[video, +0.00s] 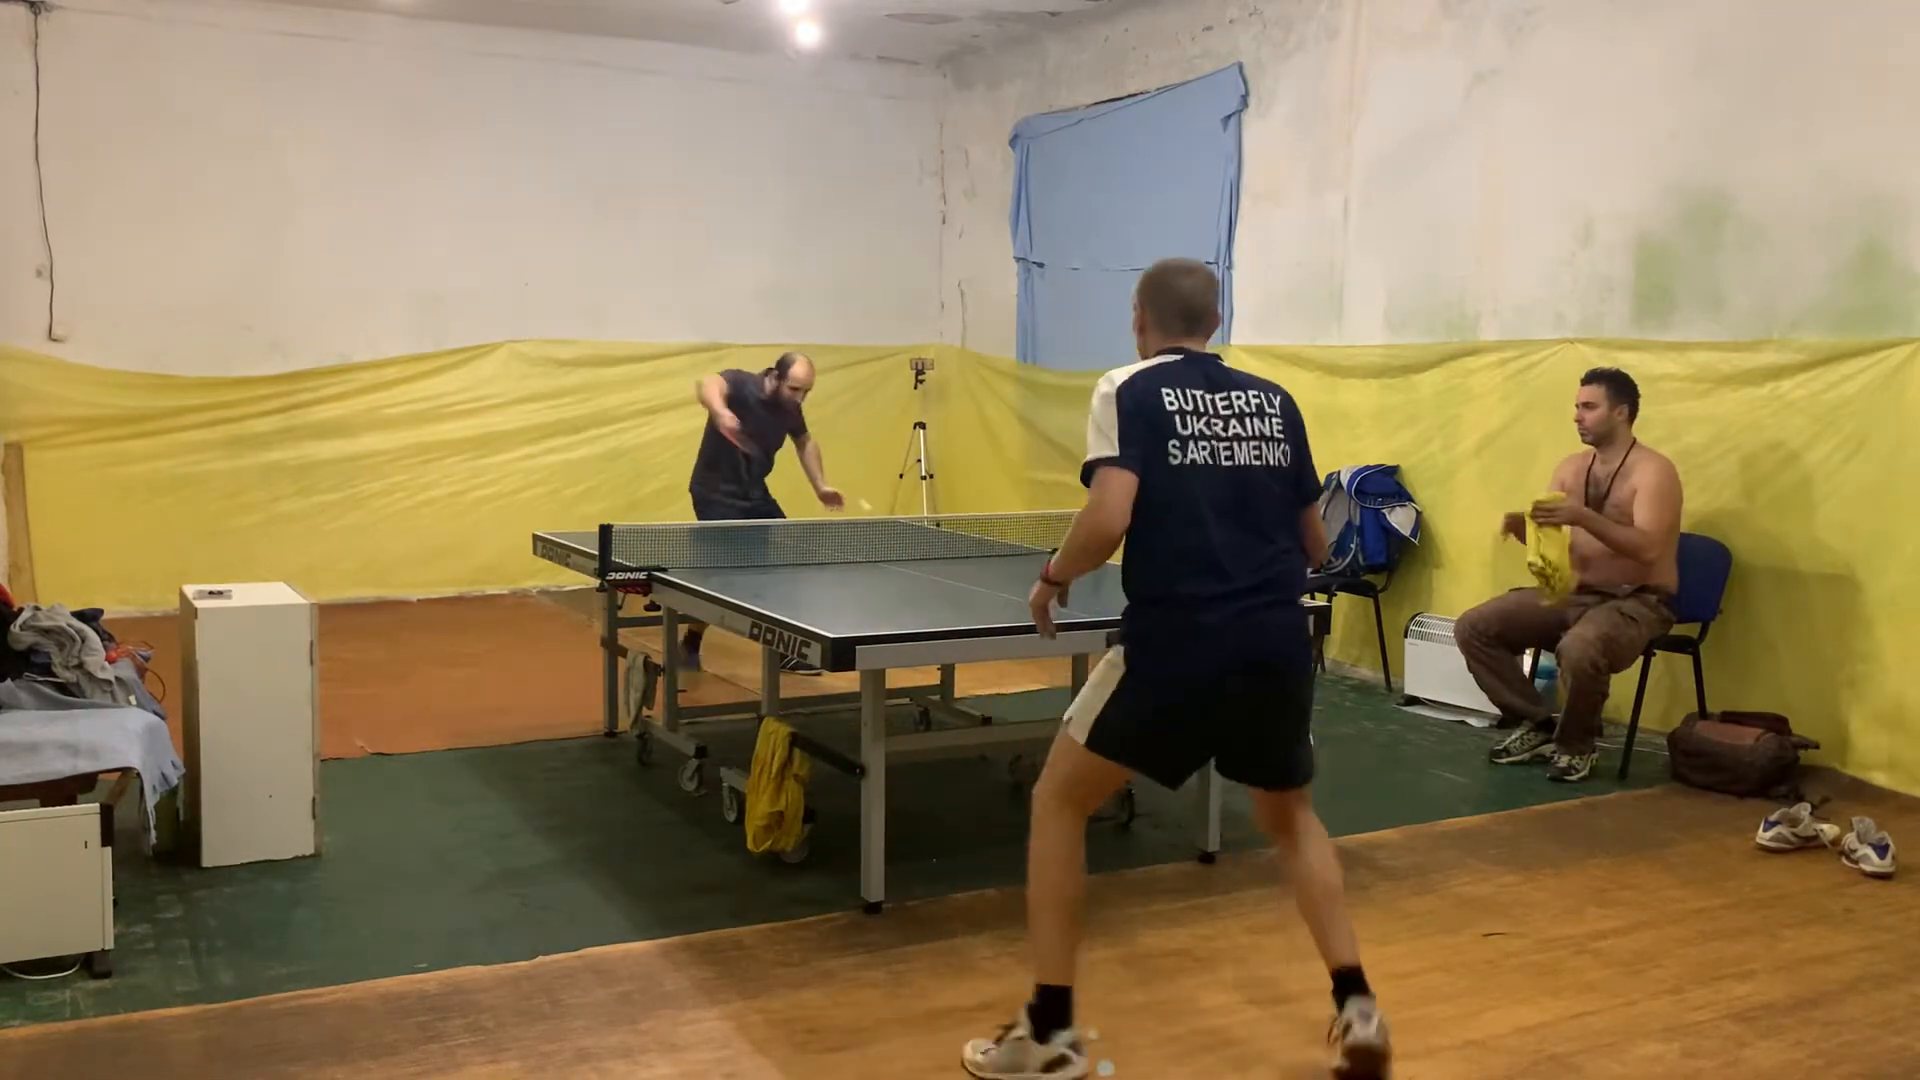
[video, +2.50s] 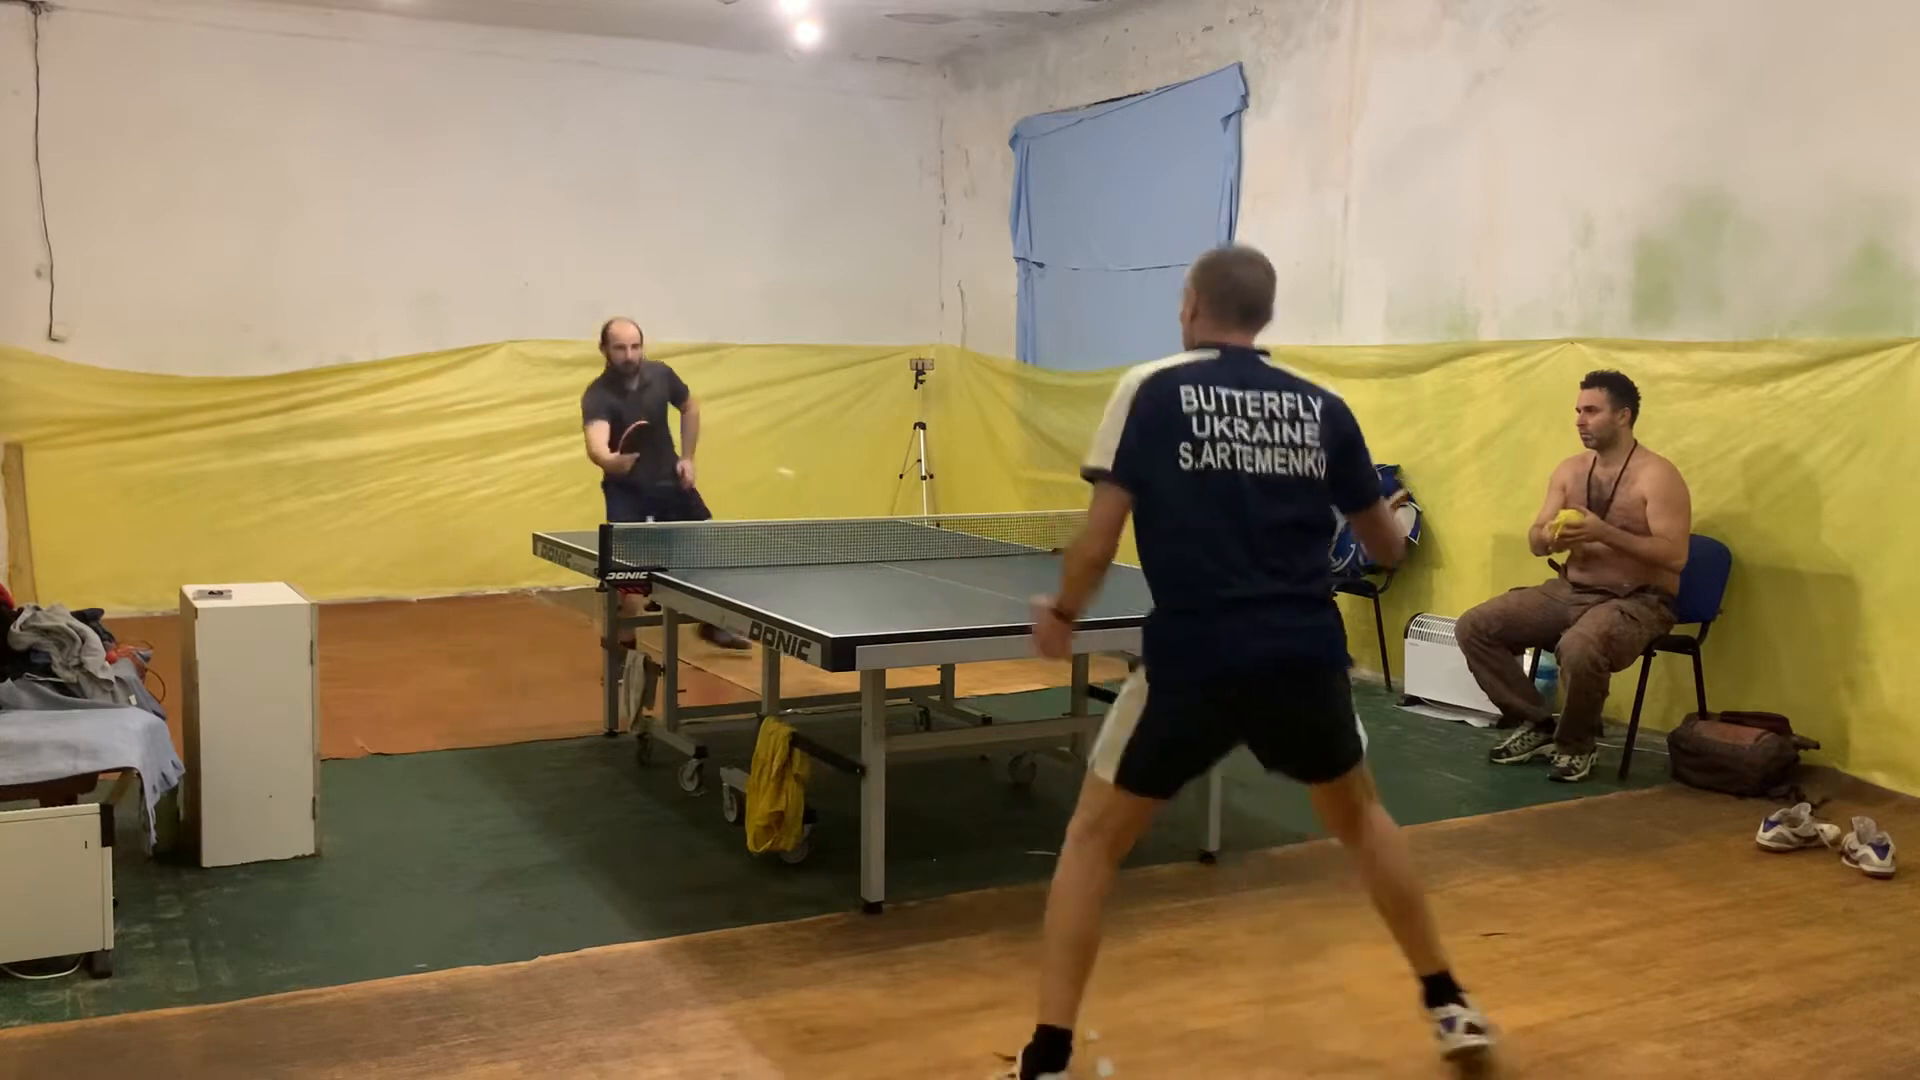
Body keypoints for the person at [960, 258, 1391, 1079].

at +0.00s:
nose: (1132, 333)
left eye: (1133, 322)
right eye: (1140, 323)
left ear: (1141, 326)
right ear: (1215, 327)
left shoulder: (1126, 389)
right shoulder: (1276, 399)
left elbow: (1109, 517)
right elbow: (1316, 542)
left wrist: (1057, 572)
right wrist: (1249, 535)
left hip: (1169, 650)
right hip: (1277, 650)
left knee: (1061, 799)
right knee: (1292, 814)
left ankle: (1048, 1027)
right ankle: (1356, 1000)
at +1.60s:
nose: (1114, 402)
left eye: (1114, 391)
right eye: (1117, 393)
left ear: (1125, 391)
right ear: (1194, 393)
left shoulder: (1129, 438)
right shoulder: (1248, 450)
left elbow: (1117, 562)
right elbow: (1277, 559)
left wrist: (1040, 634)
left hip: (1206, 684)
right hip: (1308, 678)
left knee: (1071, 837)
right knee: (1302, 833)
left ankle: (1050, 1063)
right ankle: (1405, 1012)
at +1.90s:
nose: (1102, 416)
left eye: (1102, 399)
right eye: (1101, 401)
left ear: (1123, 393)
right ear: (1178, 393)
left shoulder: (1174, 451)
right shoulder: (1215, 456)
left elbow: (1160, 608)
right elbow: (1248, 620)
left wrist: (1040, 623)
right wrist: (1167, 671)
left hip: (1247, 706)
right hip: (1312, 698)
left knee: (1065, 840)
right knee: (1279, 853)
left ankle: (1054, 1066)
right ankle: (1401, 1016)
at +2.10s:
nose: (1133, 360)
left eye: (1136, 344)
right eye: (1136, 344)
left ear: (1158, 344)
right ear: (1222, 352)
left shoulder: (1155, 438)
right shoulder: (1264, 438)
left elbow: (1062, 588)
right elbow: (1234, 404)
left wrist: (939, 609)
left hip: (1156, 714)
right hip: (1246, 704)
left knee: (1010, 870)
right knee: (1198, 835)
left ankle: (1069, 1071)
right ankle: (1324, 1009)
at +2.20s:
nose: (1134, 350)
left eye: (1137, 335)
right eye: (1137, 334)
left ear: (1155, 338)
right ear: (1220, 344)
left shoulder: (1140, 441)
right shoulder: (1274, 441)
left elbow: (1051, 581)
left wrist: (939, 611)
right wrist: (1327, 431)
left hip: (1146, 712)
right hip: (1242, 703)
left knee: (1015, 872)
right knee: (1200, 837)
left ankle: (1070, 1072)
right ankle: (1320, 1010)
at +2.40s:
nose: (1157, 289)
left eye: (1161, 276)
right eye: (1164, 275)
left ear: (1174, 284)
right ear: (1246, 295)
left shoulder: (1137, 371)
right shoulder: (1303, 386)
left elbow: (1077, 518)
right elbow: (1371, 506)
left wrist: (1011, 566)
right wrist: (1375, 480)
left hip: (1174, 653)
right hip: (1290, 648)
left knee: (1076, 835)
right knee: (1320, 804)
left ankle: (1063, 1055)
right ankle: (1376, 995)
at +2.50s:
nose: (1179, 313)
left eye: (1182, 300)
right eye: (1186, 299)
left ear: (1192, 309)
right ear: (1267, 321)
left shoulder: (1147, 390)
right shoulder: (1320, 406)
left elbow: (1098, 539)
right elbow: (1388, 546)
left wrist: (1061, 611)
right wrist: (1390, 516)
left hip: (1191, 666)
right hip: (1305, 663)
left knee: (1094, 841)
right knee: (1362, 817)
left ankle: (1046, 1059)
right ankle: (1448, 1002)